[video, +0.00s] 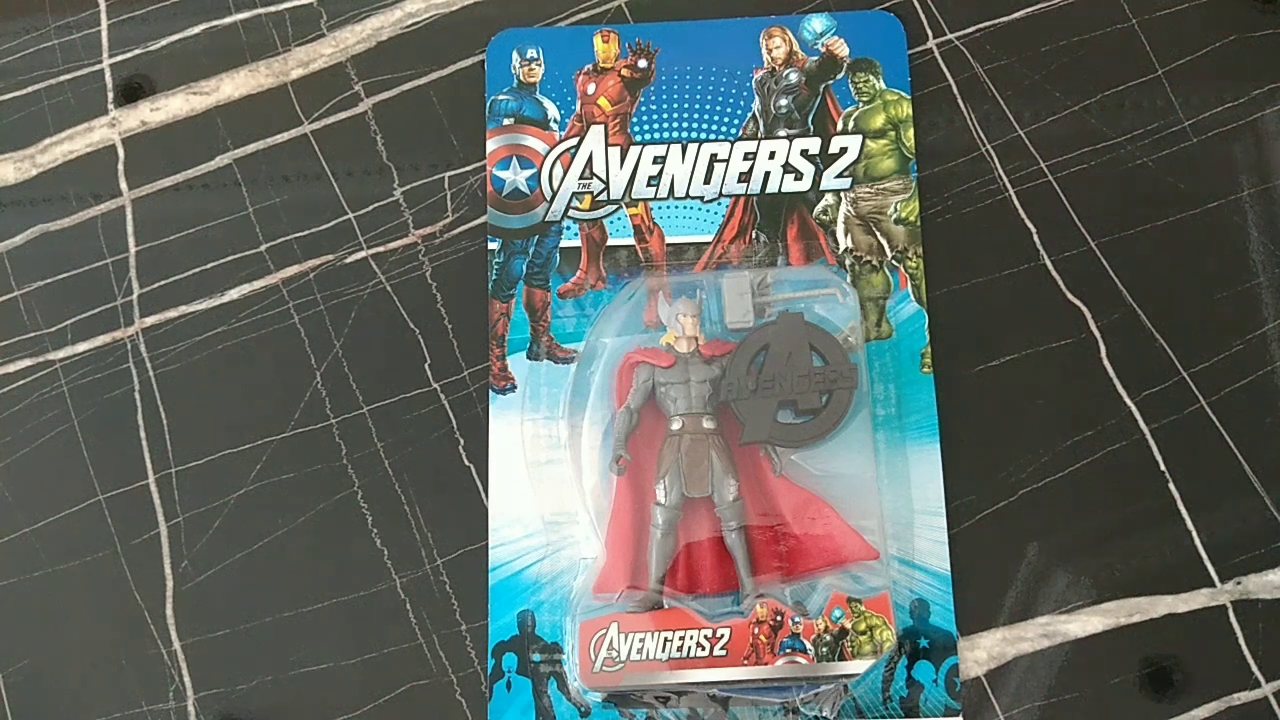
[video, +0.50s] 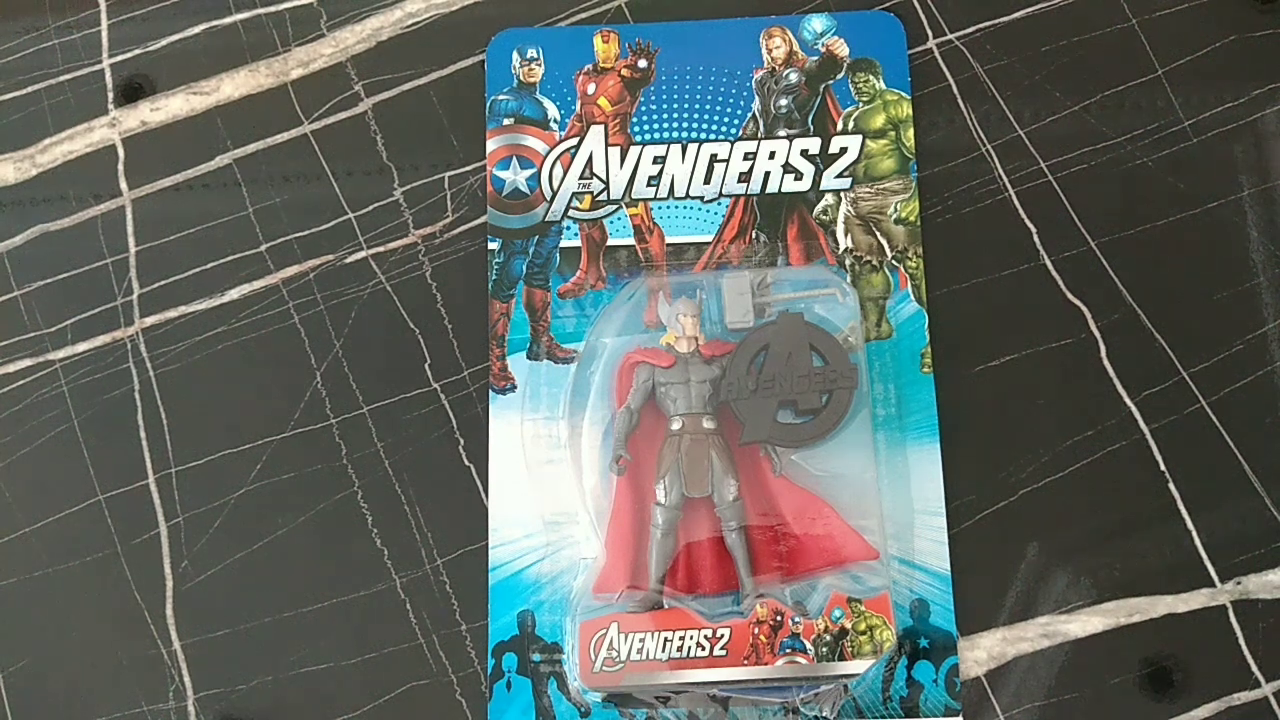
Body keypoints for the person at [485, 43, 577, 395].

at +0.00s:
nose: (531, 69)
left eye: (535, 64)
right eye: (525, 64)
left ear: (543, 68)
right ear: (516, 68)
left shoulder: (551, 107)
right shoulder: (501, 103)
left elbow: (557, 154)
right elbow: (497, 155)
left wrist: (564, 201)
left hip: (547, 205)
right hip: (512, 209)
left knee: (542, 274)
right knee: (507, 280)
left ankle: (542, 343)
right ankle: (496, 360)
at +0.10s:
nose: (531, 69)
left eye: (535, 64)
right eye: (525, 64)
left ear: (543, 68)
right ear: (516, 68)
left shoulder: (551, 107)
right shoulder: (501, 103)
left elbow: (557, 154)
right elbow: (497, 155)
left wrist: (564, 201)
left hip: (547, 205)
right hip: (512, 209)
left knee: (542, 274)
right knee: (507, 280)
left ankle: (542, 343)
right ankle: (496, 360)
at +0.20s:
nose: (531, 69)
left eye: (536, 64)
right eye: (525, 64)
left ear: (543, 68)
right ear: (516, 68)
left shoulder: (551, 107)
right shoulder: (501, 104)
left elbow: (558, 155)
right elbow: (495, 155)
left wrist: (565, 202)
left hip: (548, 207)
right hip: (510, 210)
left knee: (541, 274)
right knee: (506, 282)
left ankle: (542, 342)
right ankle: (497, 361)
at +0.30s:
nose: (531, 69)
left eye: (535, 64)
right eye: (525, 64)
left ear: (542, 68)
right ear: (516, 68)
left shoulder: (551, 107)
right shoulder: (501, 104)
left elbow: (558, 155)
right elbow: (495, 155)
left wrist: (565, 202)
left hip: (548, 207)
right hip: (510, 210)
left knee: (541, 274)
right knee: (506, 282)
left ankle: (542, 342)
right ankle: (497, 361)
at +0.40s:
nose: (531, 69)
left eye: (536, 64)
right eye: (525, 64)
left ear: (543, 68)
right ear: (516, 68)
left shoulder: (551, 107)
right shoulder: (501, 104)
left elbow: (558, 155)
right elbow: (495, 155)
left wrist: (565, 202)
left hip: (548, 207)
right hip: (511, 209)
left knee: (541, 274)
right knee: (506, 281)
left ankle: (542, 342)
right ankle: (497, 361)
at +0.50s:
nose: (531, 69)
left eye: (535, 64)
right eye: (525, 64)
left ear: (543, 68)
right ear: (516, 68)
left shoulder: (550, 107)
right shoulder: (500, 104)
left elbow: (557, 154)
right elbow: (494, 154)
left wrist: (565, 200)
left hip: (547, 205)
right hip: (511, 208)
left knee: (542, 274)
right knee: (507, 280)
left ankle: (542, 342)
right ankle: (496, 360)